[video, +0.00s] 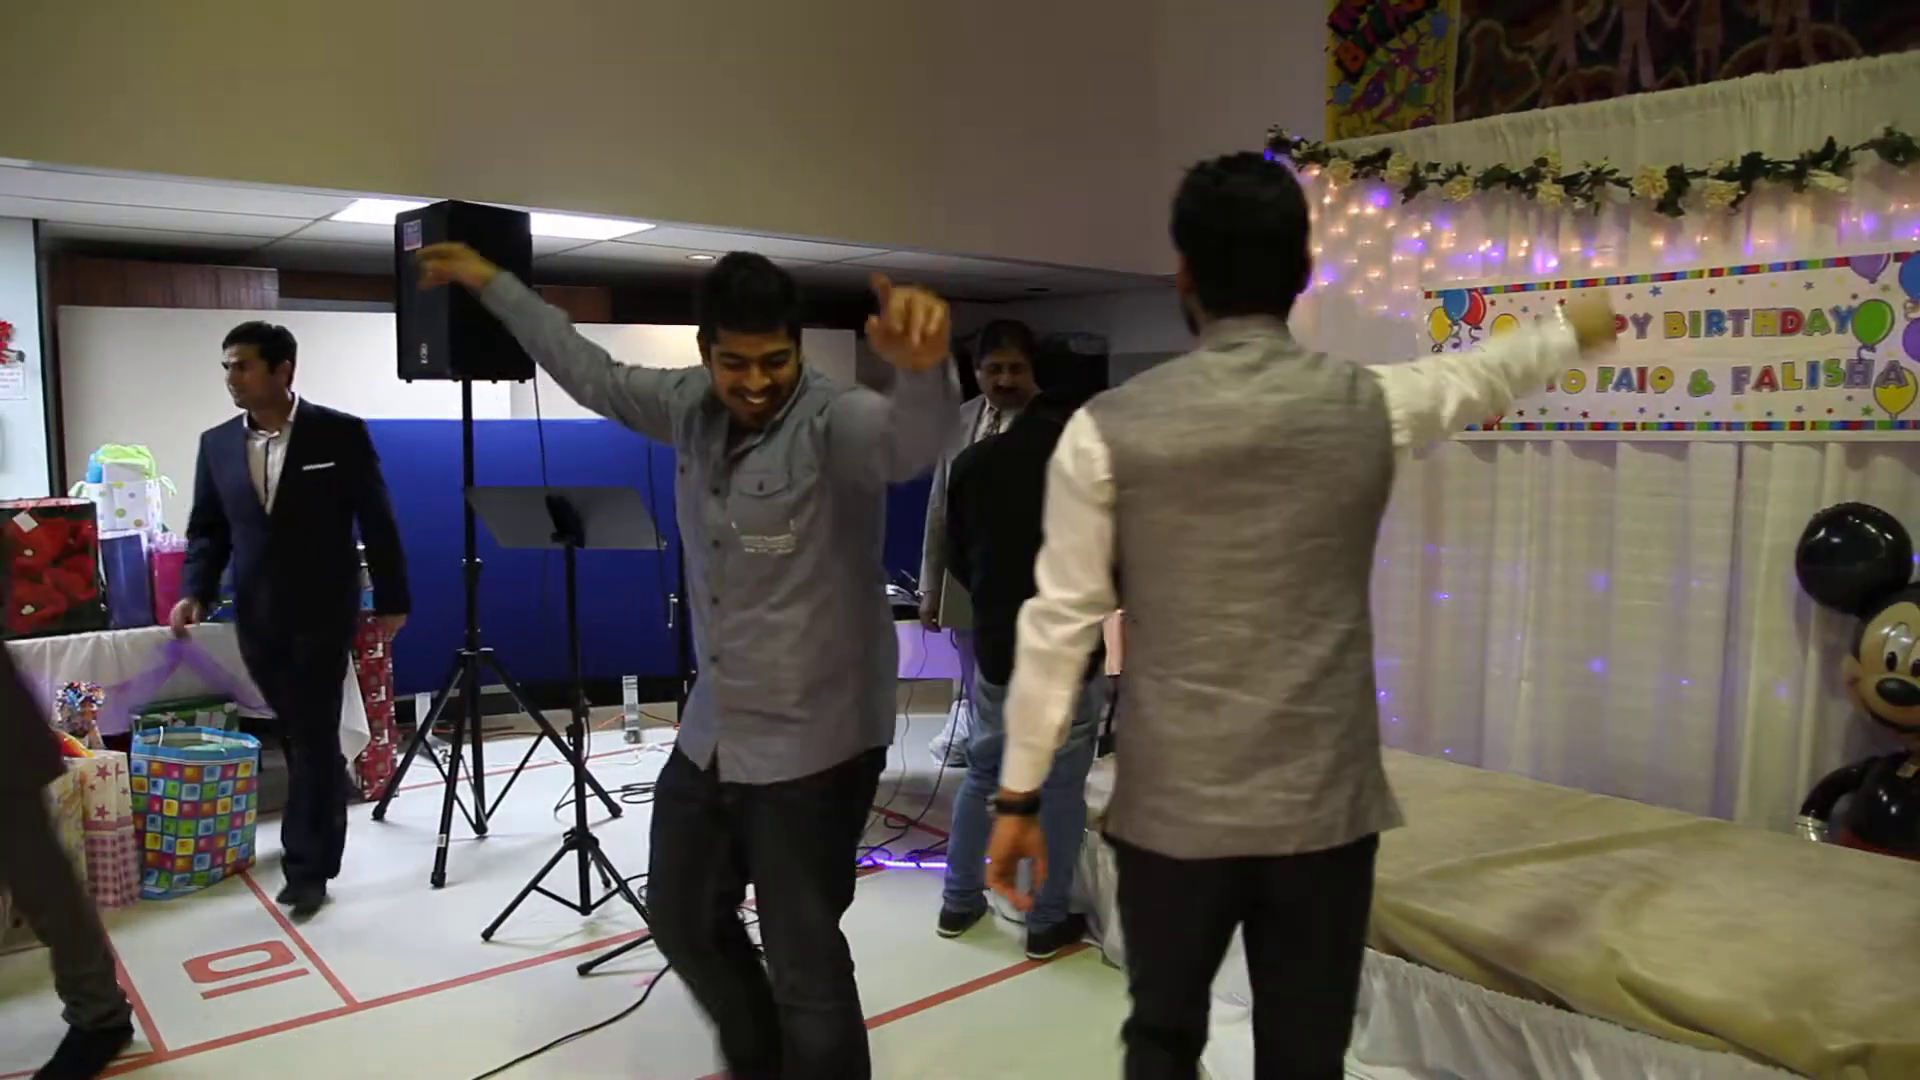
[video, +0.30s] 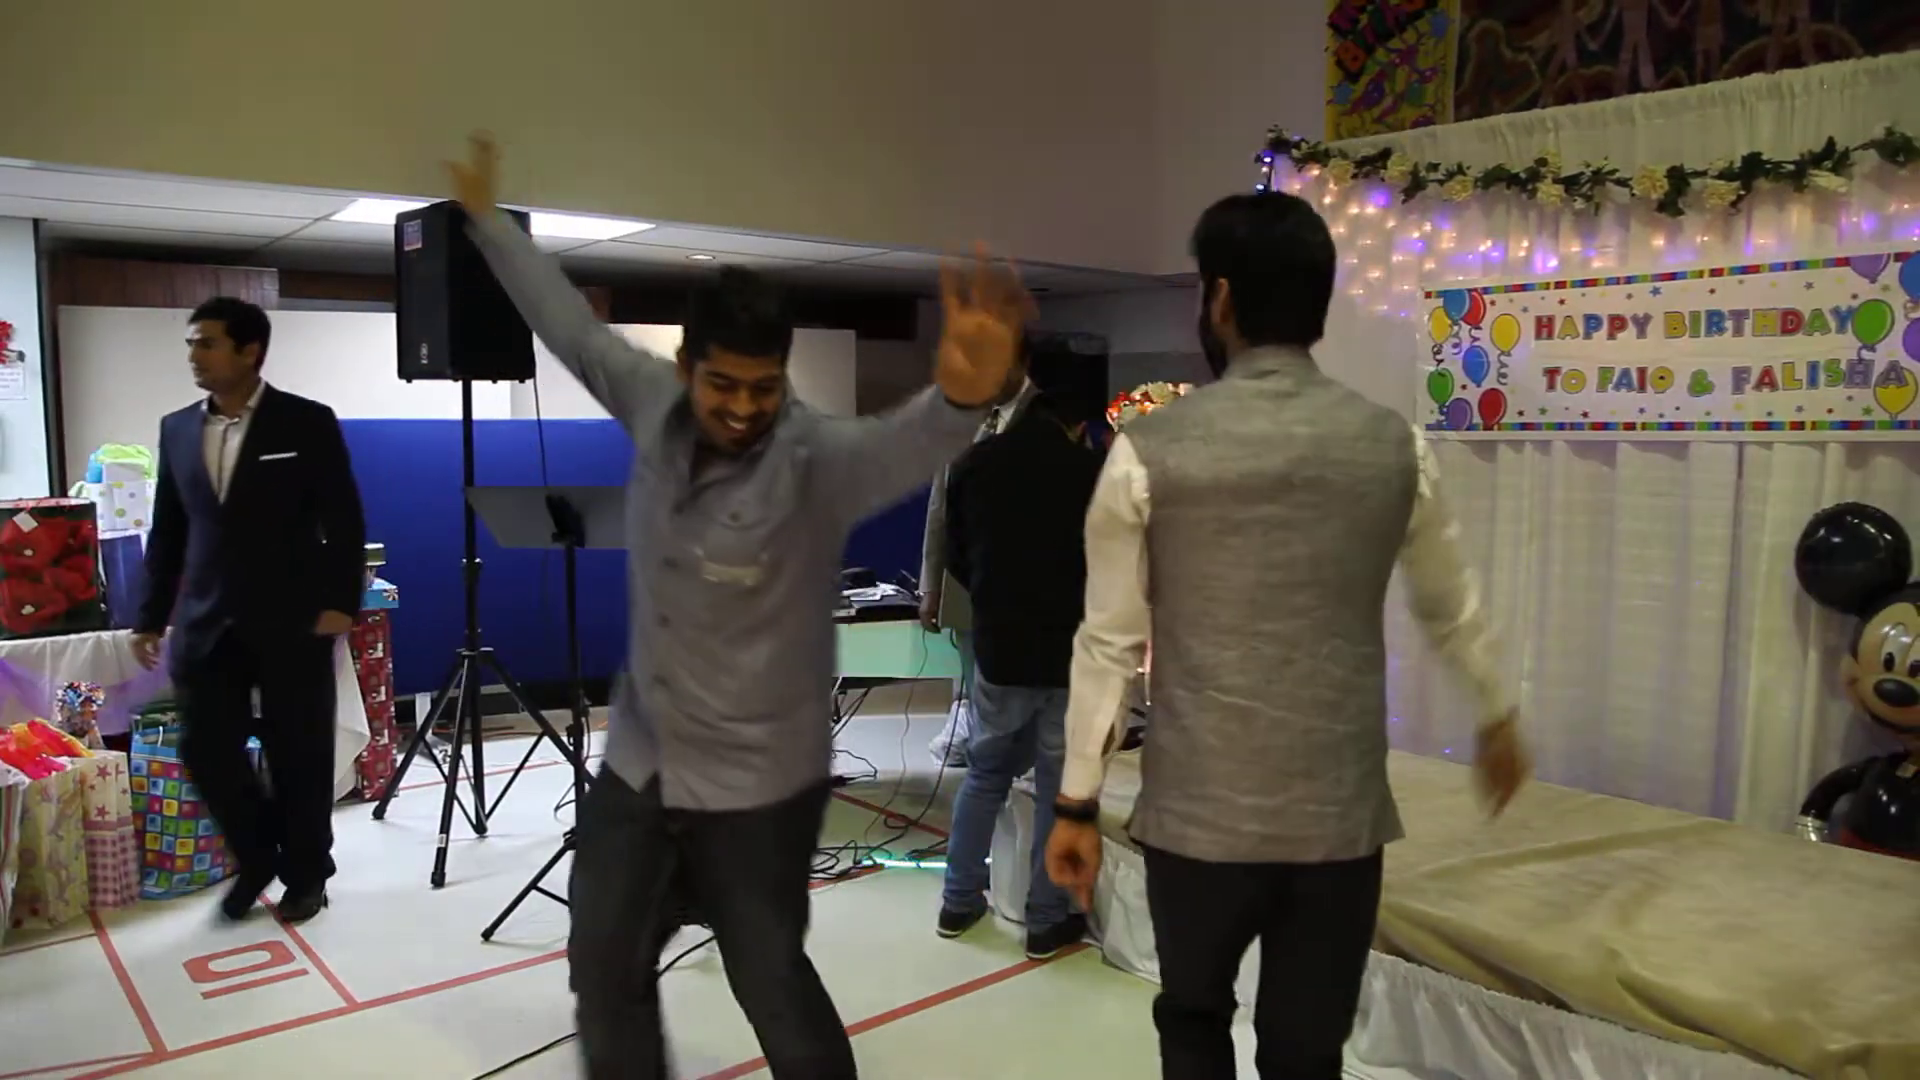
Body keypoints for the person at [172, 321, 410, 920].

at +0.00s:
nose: (230, 378)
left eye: (241, 367)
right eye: (227, 368)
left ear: (282, 370)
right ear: (229, 375)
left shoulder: (341, 435)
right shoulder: (218, 445)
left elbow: (377, 522)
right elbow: (208, 530)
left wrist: (392, 601)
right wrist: (194, 592)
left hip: (324, 609)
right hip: (257, 614)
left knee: (311, 737)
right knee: (299, 732)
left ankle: (307, 872)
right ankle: (327, 831)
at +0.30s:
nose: (194, 354)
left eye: (207, 343)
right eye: (191, 344)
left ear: (251, 351)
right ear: (195, 354)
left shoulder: (308, 423)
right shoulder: (178, 431)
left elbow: (346, 520)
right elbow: (167, 530)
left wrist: (341, 599)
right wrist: (151, 615)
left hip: (291, 621)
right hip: (207, 623)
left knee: (299, 751)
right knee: (206, 748)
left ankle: (308, 875)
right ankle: (257, 855)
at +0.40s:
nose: (172, 356)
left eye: (186, 344)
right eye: (170, 345)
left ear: (232, 352)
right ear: (175, 355)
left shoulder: (291, 426)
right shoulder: (160, 433)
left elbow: (323, 520)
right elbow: (150, 534)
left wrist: (311, 601)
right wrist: (132, 619)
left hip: (273, 633)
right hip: (186, 635)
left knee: (289, 765)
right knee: (190, 783)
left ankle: (304, 879)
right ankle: (186, 923)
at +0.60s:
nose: (108, 363)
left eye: (120, 352)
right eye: (106, 352)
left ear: (170, 358)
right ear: (126, 363)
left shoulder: (233, 440)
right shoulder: (104, 443)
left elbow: (263, 551)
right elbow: (93, 555)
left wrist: (251, 642)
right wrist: (75, 643)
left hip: (205, 661)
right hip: (123, 664)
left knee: (253, 790)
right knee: (126, 818)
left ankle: (301, 869)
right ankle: (125, 959)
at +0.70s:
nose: (69, 360)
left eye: (81, 346)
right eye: (66, 347)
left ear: (132, 349)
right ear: (79, 353)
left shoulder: (198, 433)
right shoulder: (67, 435)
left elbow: (229, 545)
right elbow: (50, 546)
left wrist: (229, 644)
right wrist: (28, 640)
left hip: (161, 656)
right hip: (78, 660)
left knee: (199, 783)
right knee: (97, 817)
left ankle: (267, 856)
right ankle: (123, 956)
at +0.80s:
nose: (25, 357)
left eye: (39, 343)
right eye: (22, 344)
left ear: (93, 344)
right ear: (27, 348)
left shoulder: (163, 430)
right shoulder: (21, 434)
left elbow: (199, 545)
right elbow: (10, 548)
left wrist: (200, 650)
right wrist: (9, 637)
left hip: (124, 656)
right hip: (39, 656)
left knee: (128, 795)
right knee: (72, 815)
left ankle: (207, 884)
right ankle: (121, 957)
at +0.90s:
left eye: (5, 342)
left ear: (49, 343)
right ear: (37, 346)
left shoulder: (123, 433)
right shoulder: (7, 432)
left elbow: (170, 550)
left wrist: (178, 656)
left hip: (76, 665)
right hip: (13, 666)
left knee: (78, 819)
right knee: (62, 818)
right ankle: (121, 953)